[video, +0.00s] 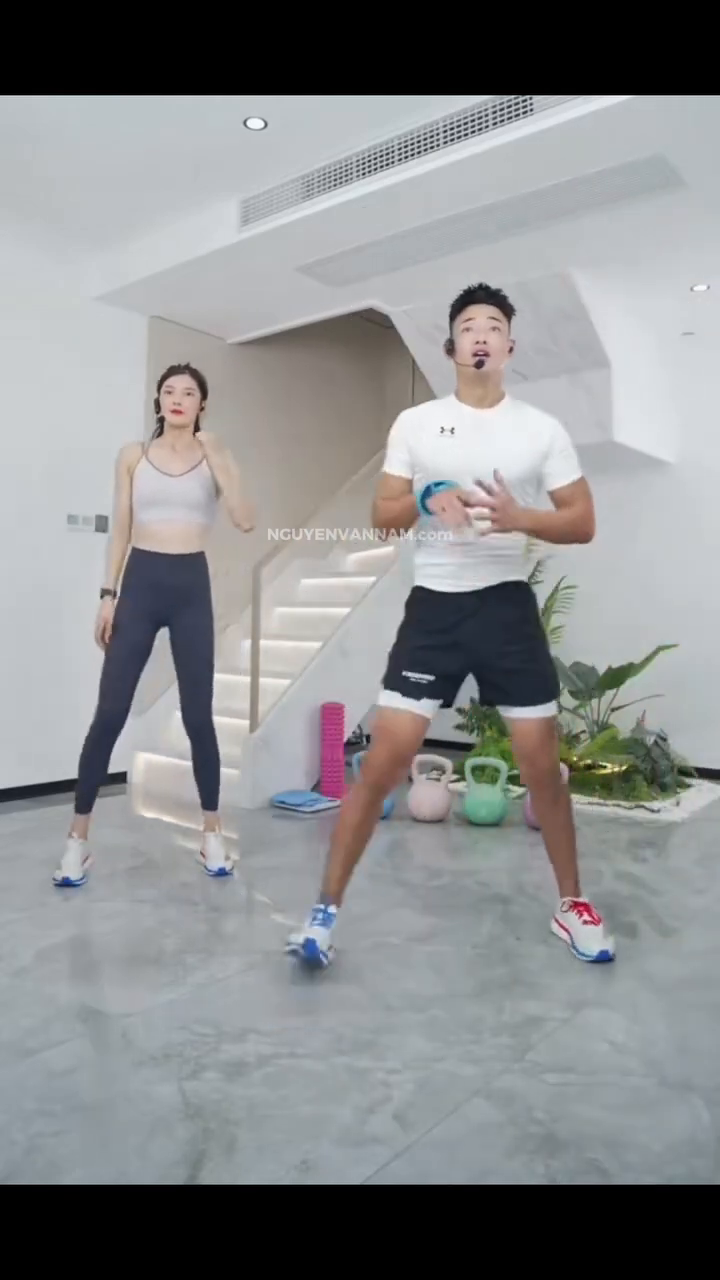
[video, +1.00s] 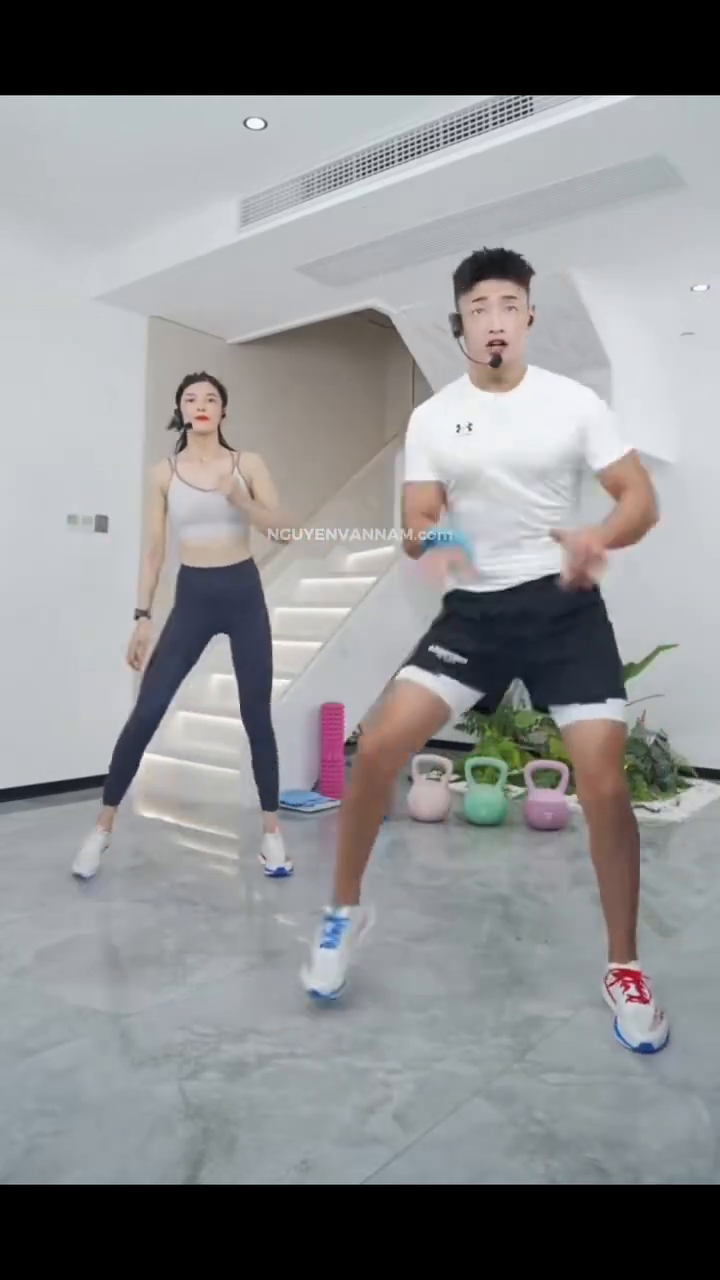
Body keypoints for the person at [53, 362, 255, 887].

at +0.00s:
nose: (178, 399)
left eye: (188, 393)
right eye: (171, 391)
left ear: (202, 405)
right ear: (158, 400)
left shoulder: (215, 455)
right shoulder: (134, 455)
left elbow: (244, 519)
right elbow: (122, 530)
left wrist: (214, 454)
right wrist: (109, 595)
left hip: (193, 588)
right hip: (139, 586)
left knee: (198, 715)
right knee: (109, 716)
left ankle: (212, 832)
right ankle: (78, 835)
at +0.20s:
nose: (154, 404)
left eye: (164, 398)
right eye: (147, 396)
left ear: (177, 411)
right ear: (133, 405)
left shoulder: (190, 469)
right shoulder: (104, 460)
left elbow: (214, 545)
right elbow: (83, 530)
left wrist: (197, 491)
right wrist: (69, 599)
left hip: (158, 593)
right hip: (104, 590)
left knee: (167, 710)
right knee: (88, 717)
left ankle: (183, 808)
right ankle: (79, 837)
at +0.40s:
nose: (144, 397)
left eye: (153, 390)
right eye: (136, 389)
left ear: (165, 402)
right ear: (121, 399)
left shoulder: (183, 461)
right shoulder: (97, 455)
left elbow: (196, 539)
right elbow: (77, 528)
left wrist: (183, 489)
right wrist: (57, 596)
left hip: (152, 588)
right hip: (100, 582)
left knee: (114, 709)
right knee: (87, 711)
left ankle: (105, 821)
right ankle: (77, 836)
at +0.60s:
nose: (146, 400)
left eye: (155, 394)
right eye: (137, 392)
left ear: (166, 406)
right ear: (121, 402)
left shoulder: (184, 464)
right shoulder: (96, 460)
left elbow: (208, 541)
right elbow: (81, 533)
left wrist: (194, 491)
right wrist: (71, 603)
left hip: (159, 595)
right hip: (104, 593)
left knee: (185, 708)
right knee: (87, 718)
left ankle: (168, 812)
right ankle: (78, 838)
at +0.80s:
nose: (169, 396)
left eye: (178, 391)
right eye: (159, 390)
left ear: (189, 404)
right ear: (143, 402)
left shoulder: (206, 461)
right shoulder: (123, 459)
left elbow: (227, 537)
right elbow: (110, 534)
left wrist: (211, 481)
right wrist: (103, 603)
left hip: (190, 593)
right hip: (134, 592)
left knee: (224, 716)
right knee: (109, 719)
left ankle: (268, 828)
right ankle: (80, 839)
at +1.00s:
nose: (201, 406)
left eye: (210, 399)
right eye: (192, 400)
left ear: (223, 410)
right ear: (180, 411)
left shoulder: (247, 463)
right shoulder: (165, 473)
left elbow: (282, 524)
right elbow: (154, 550)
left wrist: (239, 497)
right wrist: (142, 617)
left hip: (245, 598)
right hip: (191, 600)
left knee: (257, 716)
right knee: (147, 712)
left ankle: (272, 830)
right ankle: (103, 825)